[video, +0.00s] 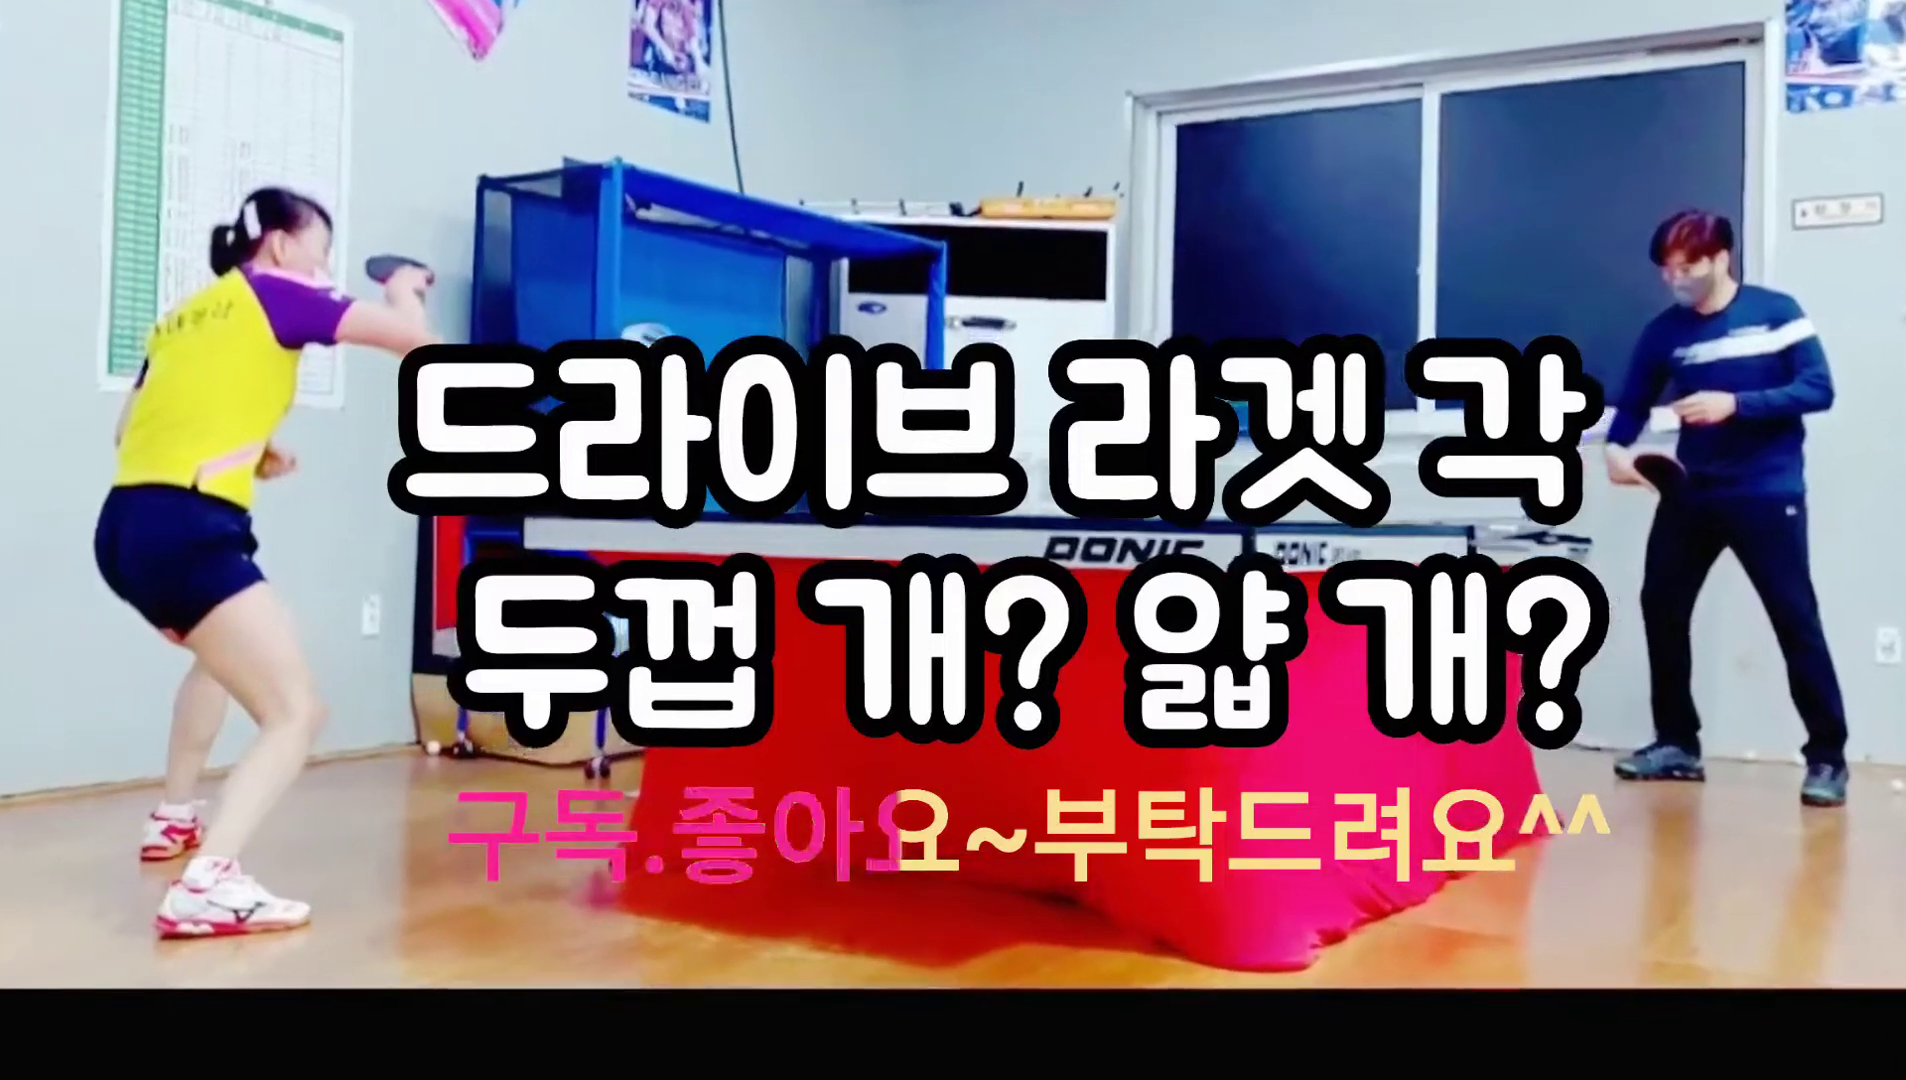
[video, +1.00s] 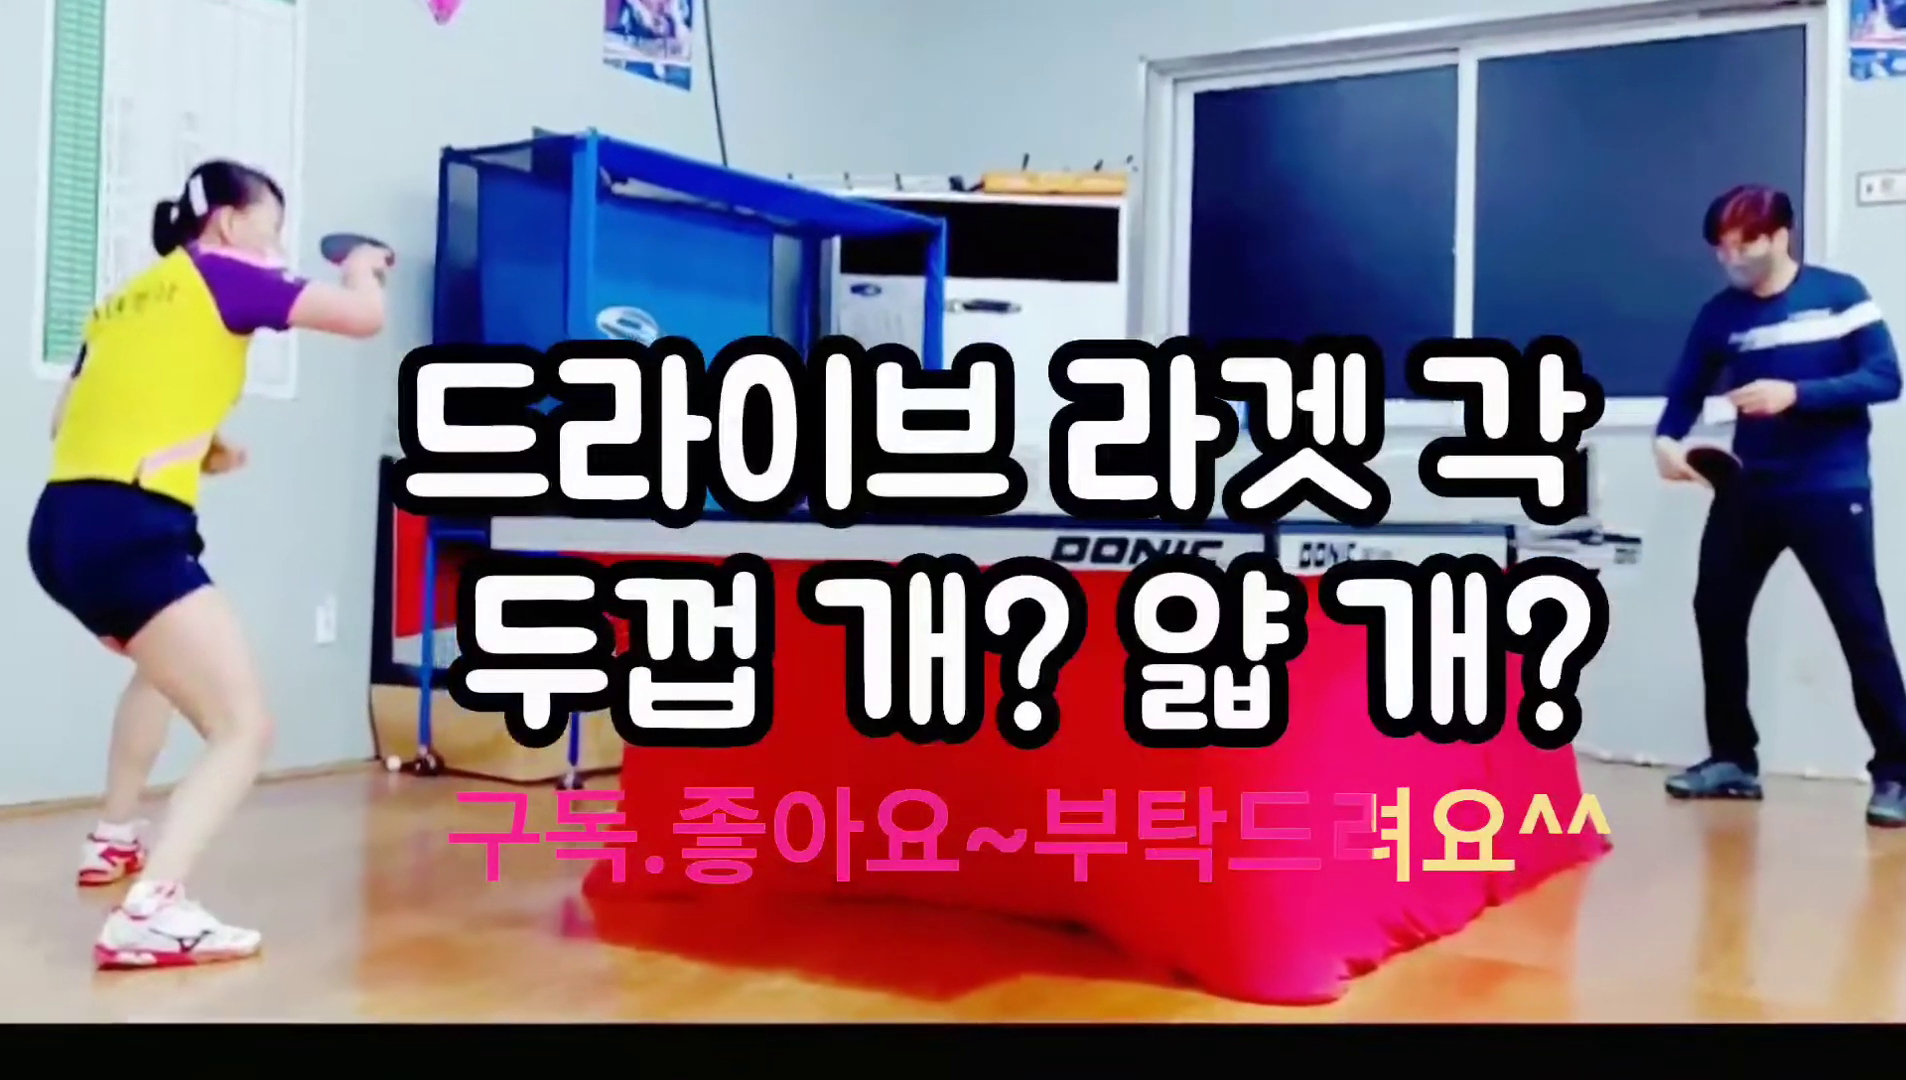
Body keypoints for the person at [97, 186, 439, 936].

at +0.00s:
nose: (324, 265)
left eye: (326, 252)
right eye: (319, 249)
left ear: (255, 244)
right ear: (277, 240)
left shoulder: (185, 316)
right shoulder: (276, 294)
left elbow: (137, 433)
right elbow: (412, 338)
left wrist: (249, 457)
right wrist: (402, 292)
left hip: (123, 526)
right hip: (188, 527)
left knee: (219, 654)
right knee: (295, 712)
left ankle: (176, 814)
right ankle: (211, 879)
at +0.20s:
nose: (315, 259)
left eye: (317, 246)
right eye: (310, 242)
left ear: (244, 239)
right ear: (267, 235)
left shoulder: (170, 314)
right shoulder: (265, 290)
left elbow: (123, 432)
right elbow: (400, 333)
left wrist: (236, 457)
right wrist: (395, 288)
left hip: (110, 526)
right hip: (178, 526)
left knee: (207, 658)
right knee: (284, 717)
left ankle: (164, 817)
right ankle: (199, 884)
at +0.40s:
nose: (305, 256)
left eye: (307, 243)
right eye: (300, 240)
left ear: (234, 236)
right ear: (256, 232)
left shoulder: (161, 308)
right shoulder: (254, 287)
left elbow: (111, 428)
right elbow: (392, 329)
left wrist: (225, 456)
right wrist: (387, 283)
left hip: (97, 526)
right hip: (166, 525)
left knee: (195, 662)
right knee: (274, 720)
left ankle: (151, 822)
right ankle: (187, 890)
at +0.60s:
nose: (296, 252)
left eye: (298, 239)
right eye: (290, 235)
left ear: (224, 232)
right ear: (245, 228)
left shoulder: (150, 304)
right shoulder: (243, 283)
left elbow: (98, 426)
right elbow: (380, 324)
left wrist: (215, 455)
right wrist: (379, 278)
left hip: (84, 525)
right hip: (153, 525)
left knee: (184, 663)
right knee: (264, 724)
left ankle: (140, 826)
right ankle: (176, 896)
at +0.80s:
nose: (286, 249)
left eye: (288, 235)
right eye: (280, 232)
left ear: (213, 228)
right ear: (235, 224)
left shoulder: (136, 303)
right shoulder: (233, 279)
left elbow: (87, 427)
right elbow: (372, 320)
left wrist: (204, 455)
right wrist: (371, 273)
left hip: (71, 525)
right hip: (142, 525)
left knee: (172, 665)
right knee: (254, 725)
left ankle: (127, 831)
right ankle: (165, 900)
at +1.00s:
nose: (279, 242)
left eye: (280, 227)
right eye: (272, 224)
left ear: (203, 224)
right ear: (225, 219)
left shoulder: (126, 298)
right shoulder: (223, 275)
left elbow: (74, 423)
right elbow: (363, 317)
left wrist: (193, 450)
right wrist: (363, 271)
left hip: (59, 525)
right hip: (130, 525)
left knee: (160, 666)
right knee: (243, 728)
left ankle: (116, 834)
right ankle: (153, 905)